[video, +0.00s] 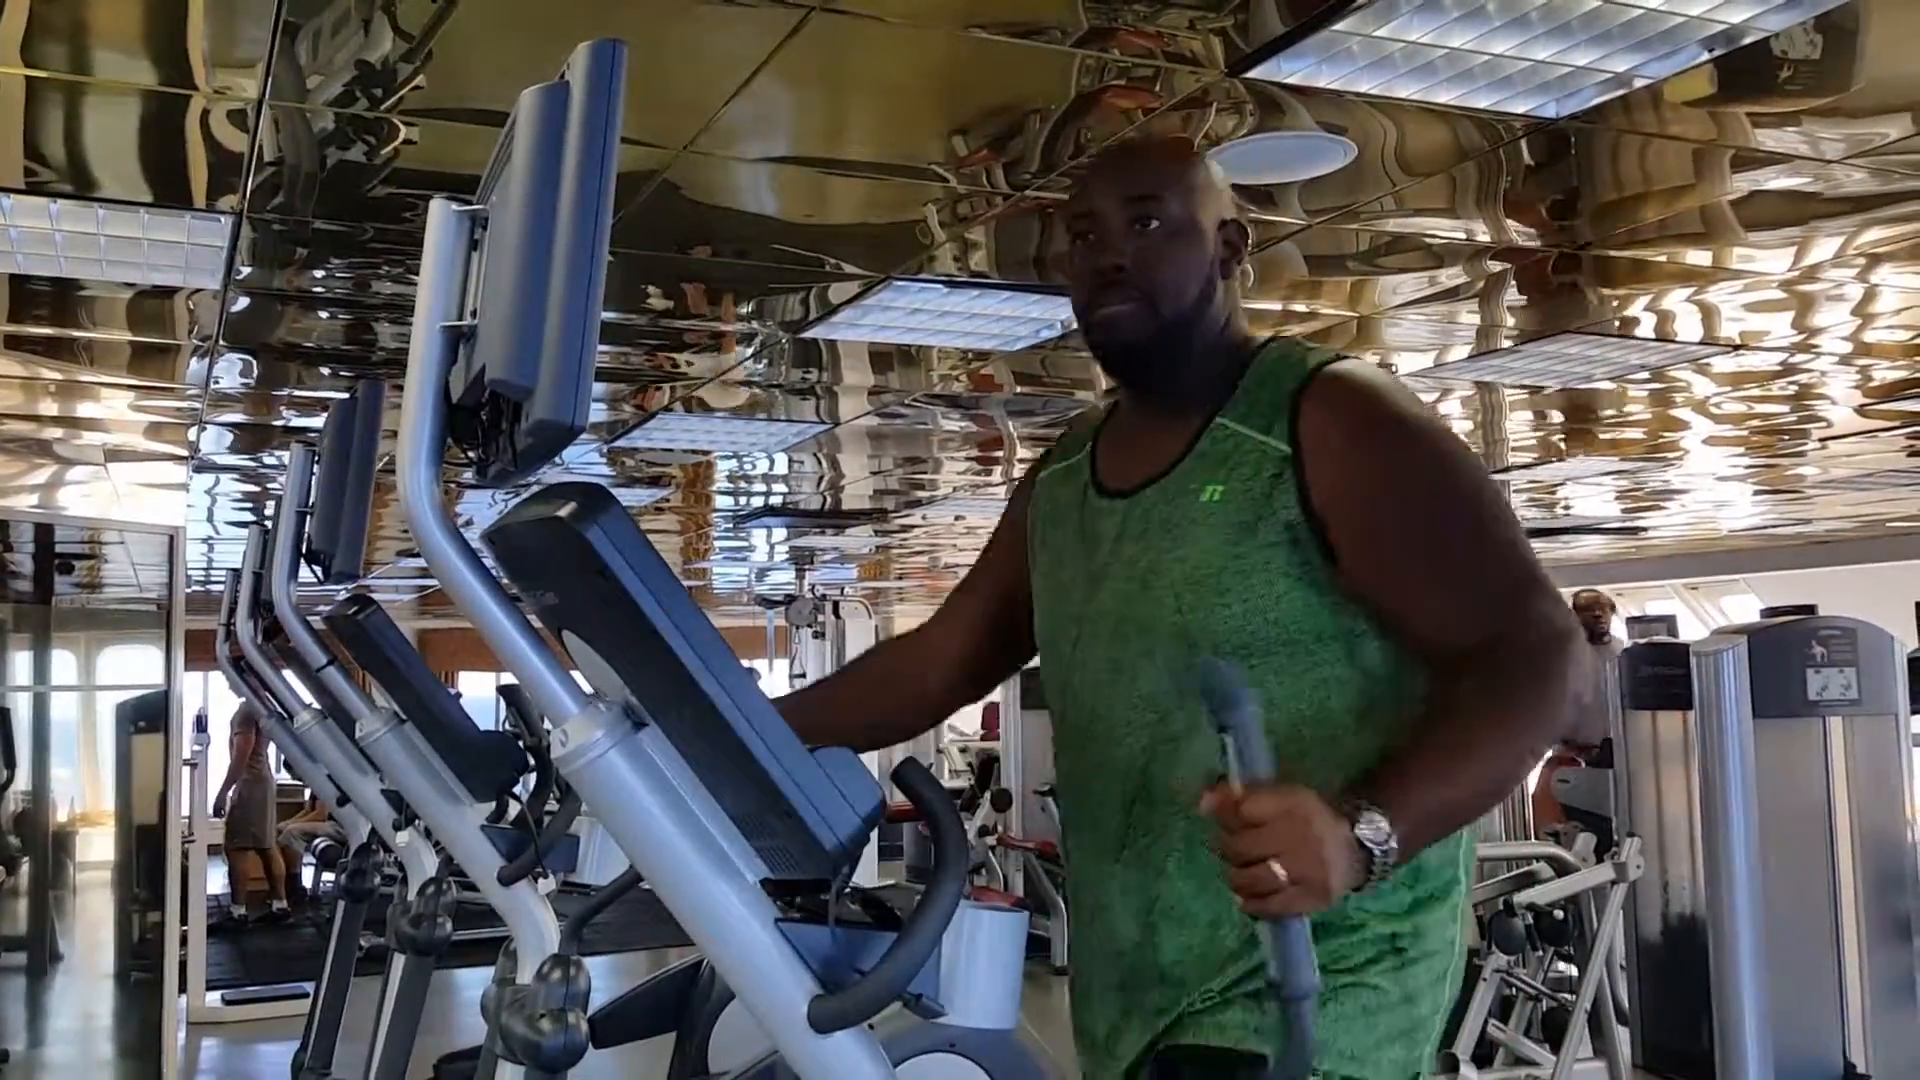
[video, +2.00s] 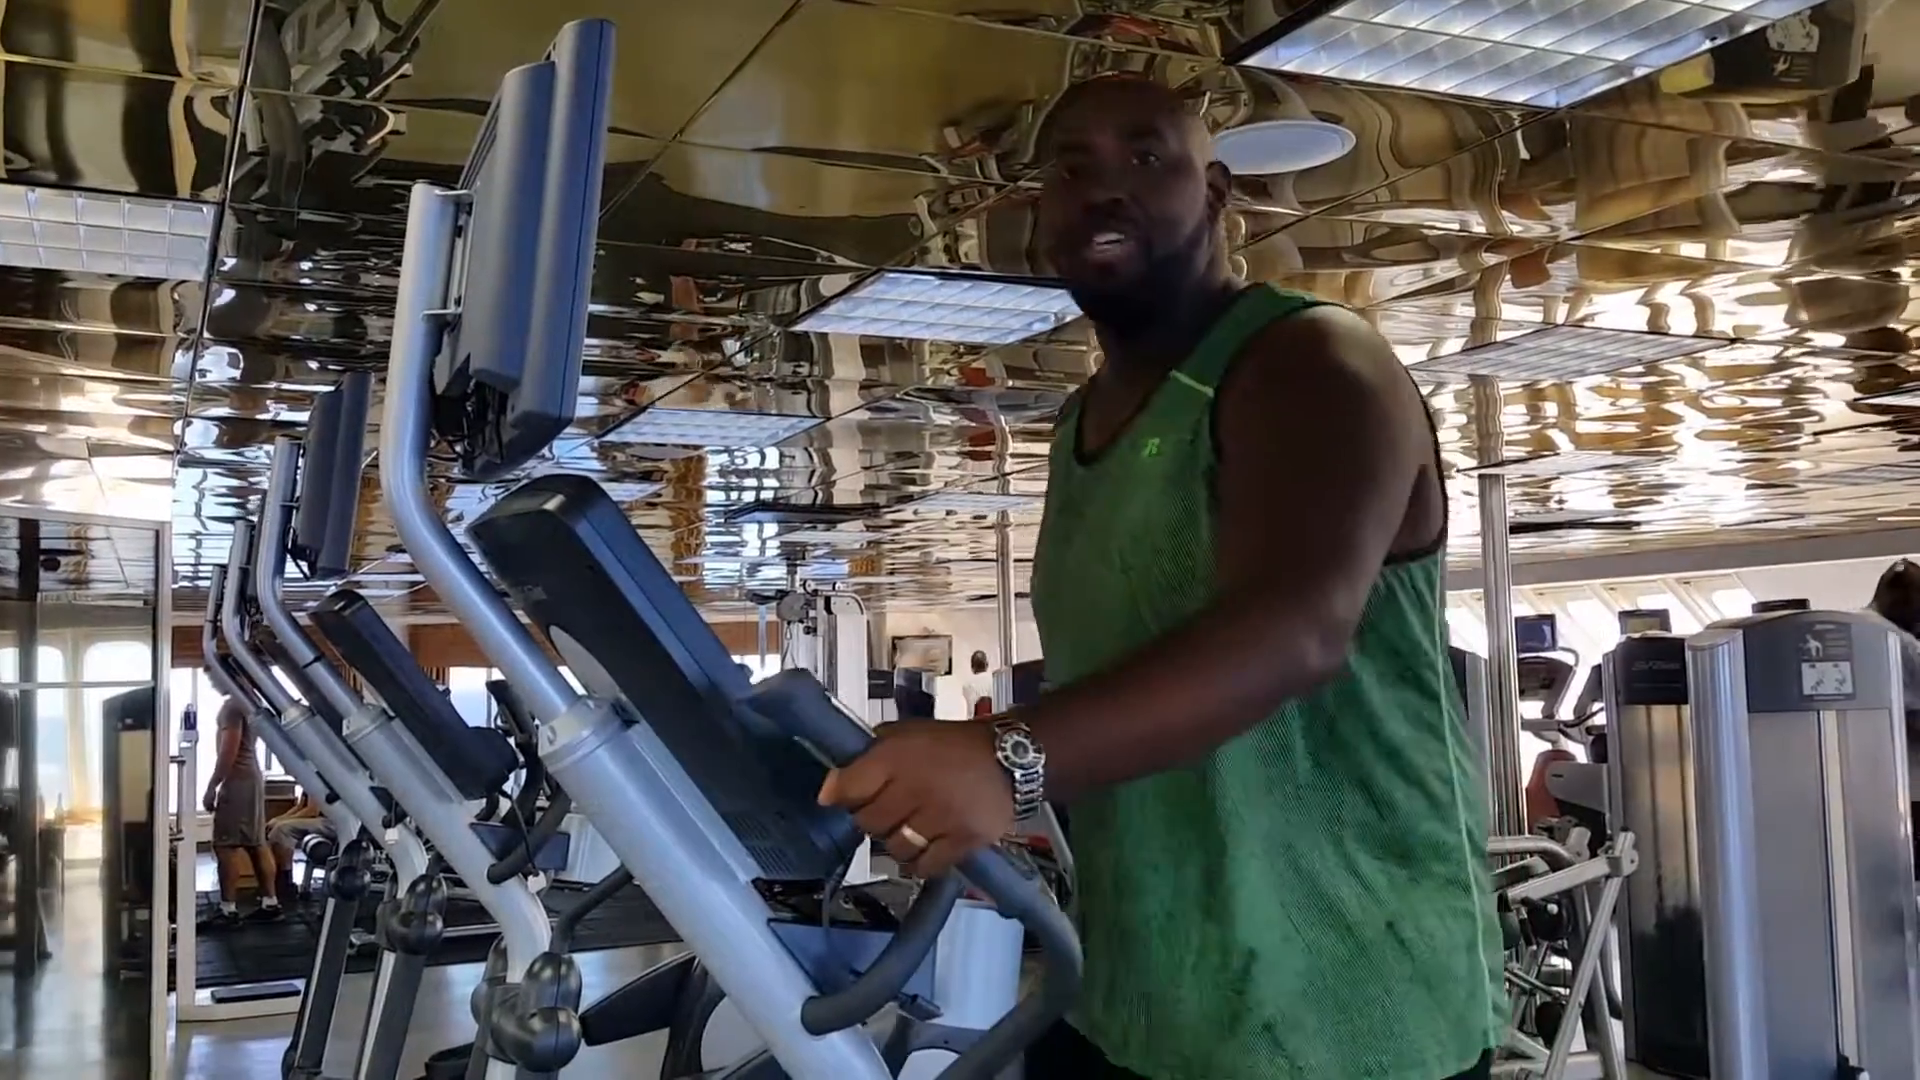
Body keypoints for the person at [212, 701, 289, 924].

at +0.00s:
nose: (225, 675)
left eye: (229, 671)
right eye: (226, 671)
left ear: (241, 676)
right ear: (254, 677)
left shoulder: (246, 711)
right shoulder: (263, 707)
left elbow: (241, 757)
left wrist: (222, 793)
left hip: (250, 784)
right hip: (265, 782)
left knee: (235, 847)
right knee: (268, 846)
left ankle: (238, 909)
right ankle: (280, 904)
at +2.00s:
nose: (209, 680)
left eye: (211, 671)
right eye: (207, 673)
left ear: (227, 673)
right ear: (235, 675)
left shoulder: (233, 705)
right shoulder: (248, 702)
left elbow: (229, 752)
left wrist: (212, 786)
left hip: (237, 780)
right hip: (253, 777)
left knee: (225, 844)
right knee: (258, 842)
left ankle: (228, 907)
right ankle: (270, 902)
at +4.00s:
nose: (206, 684)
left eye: (208, 675)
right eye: (204, 677)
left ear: (224, 678)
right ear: (232, 679)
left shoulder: (231, 712)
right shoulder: (247, 709)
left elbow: (224, 761)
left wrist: (209, 795)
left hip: (233, 786)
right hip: (250, 784)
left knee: (220, 850)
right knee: (254, 847)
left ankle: (226, 912)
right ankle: (269, 907)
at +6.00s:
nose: (211, 681)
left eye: (213, 675)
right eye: (209, 676)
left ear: (226, 675)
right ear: (235, 675)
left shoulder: (230, 708)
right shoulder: (248, 705)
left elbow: (227, 753)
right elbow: (243, 752)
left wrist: (214, 788)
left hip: (233, 781)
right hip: (250, 779)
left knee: (229, 847)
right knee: (256, 842)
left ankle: (233, 909)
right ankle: (277, 901)